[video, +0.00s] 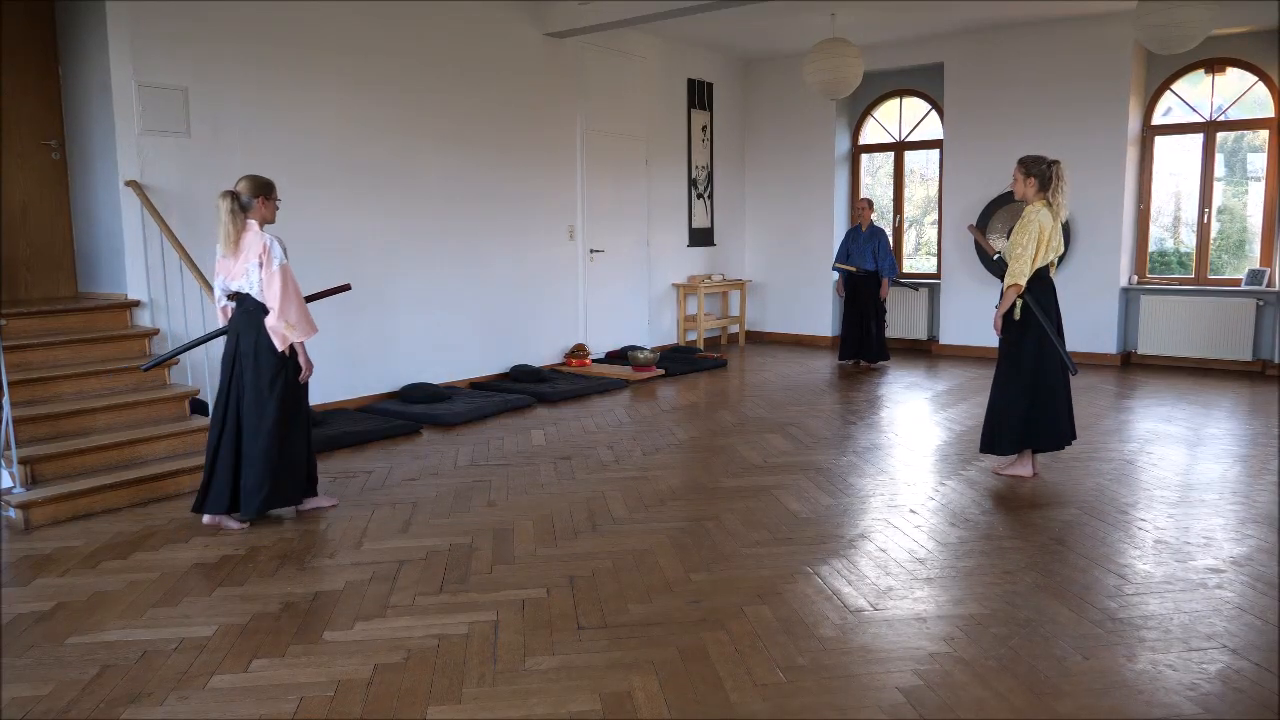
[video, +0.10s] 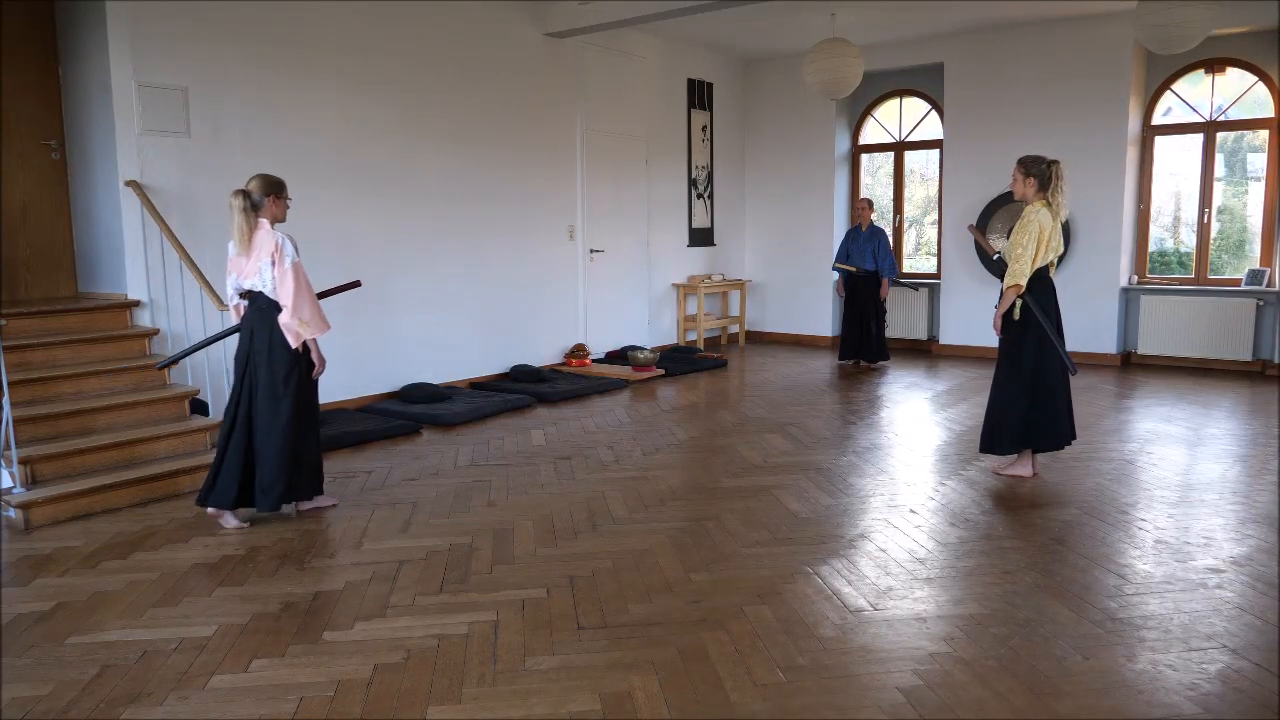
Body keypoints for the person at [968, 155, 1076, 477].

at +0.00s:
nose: (1012, 185)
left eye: (1016, 179)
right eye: (1013, 179)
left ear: (1031, 182)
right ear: (1035, 182)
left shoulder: (1032, 217)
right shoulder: (1048, 214)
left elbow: (1021, 268)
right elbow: (1016, 254)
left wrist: (1001, 308)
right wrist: (987, 243)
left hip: (1028, 301)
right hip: (1041, 298)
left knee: (1025, 376)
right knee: (1033, 376)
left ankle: (1025, 459)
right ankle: (1025, 455)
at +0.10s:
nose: (1011, 185)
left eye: (1015, 179)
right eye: (1013, 179)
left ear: (1030, 182)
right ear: (1034, 182)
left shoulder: (1032, 216)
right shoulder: (1048, 213)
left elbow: (1021, 267)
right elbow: (1018, 254)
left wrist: (1001, 308)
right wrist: (987, 243)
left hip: (1028, 301)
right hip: (1041, 297)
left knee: (1026, 376)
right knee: (1033, 375)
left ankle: (1025, 459)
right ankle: (1026, 455)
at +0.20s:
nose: (1010, 185)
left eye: (1014, 180)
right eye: (1011, 179)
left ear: (1030, 182)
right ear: (1034, 182)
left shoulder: (1031, 217)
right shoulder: (1048, 214)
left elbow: (1020, 267)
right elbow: (1016, 253)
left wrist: (1000, 308)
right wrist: (986, 243)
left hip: (1028, 301)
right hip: (1040, 298)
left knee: (1025, 376)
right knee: (1033, 375)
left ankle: (1024, 459)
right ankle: (1026, 455)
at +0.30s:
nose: (1010, 186)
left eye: (1013, 180)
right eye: (1011, 180)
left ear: (1029, 182)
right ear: (1033, 182)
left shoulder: (1031, 217)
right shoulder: (1048, 214)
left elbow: (1019, 267)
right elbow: (1020, 255)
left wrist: (1000, 308)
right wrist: (989, 246)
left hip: (1027, 302)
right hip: (1040, 298)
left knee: (1025, 376)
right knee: (1033, 375)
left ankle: (1025, 459)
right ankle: (1026, 455)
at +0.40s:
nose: (1009, 186)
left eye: (1013, 180)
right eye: (1010, 180)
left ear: (1028, 182)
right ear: (1032, 183)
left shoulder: (1030, 217)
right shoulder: (1046, 214)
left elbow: (1019, 267)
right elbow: (1016, 255)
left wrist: (999, 308)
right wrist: (986, 245)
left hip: (1026, 301)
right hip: (1038, 298)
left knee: (1024, 375)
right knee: (1031, 375)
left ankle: (1024, 459)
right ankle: (1025, 454)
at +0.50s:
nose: (1008, 185)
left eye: (1012, 180)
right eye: (1009, 179)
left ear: (1027, 183)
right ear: (1032, 183)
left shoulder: (1029, 218)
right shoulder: (1045, 215)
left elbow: (1017, 268)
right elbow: (1013, 257)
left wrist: (998, 308)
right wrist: (983, 243)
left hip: (1024, 302)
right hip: (1038, 299)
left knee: (1022, 376)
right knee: (1029, 376)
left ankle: (1023, 459)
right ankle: (1023, 455)